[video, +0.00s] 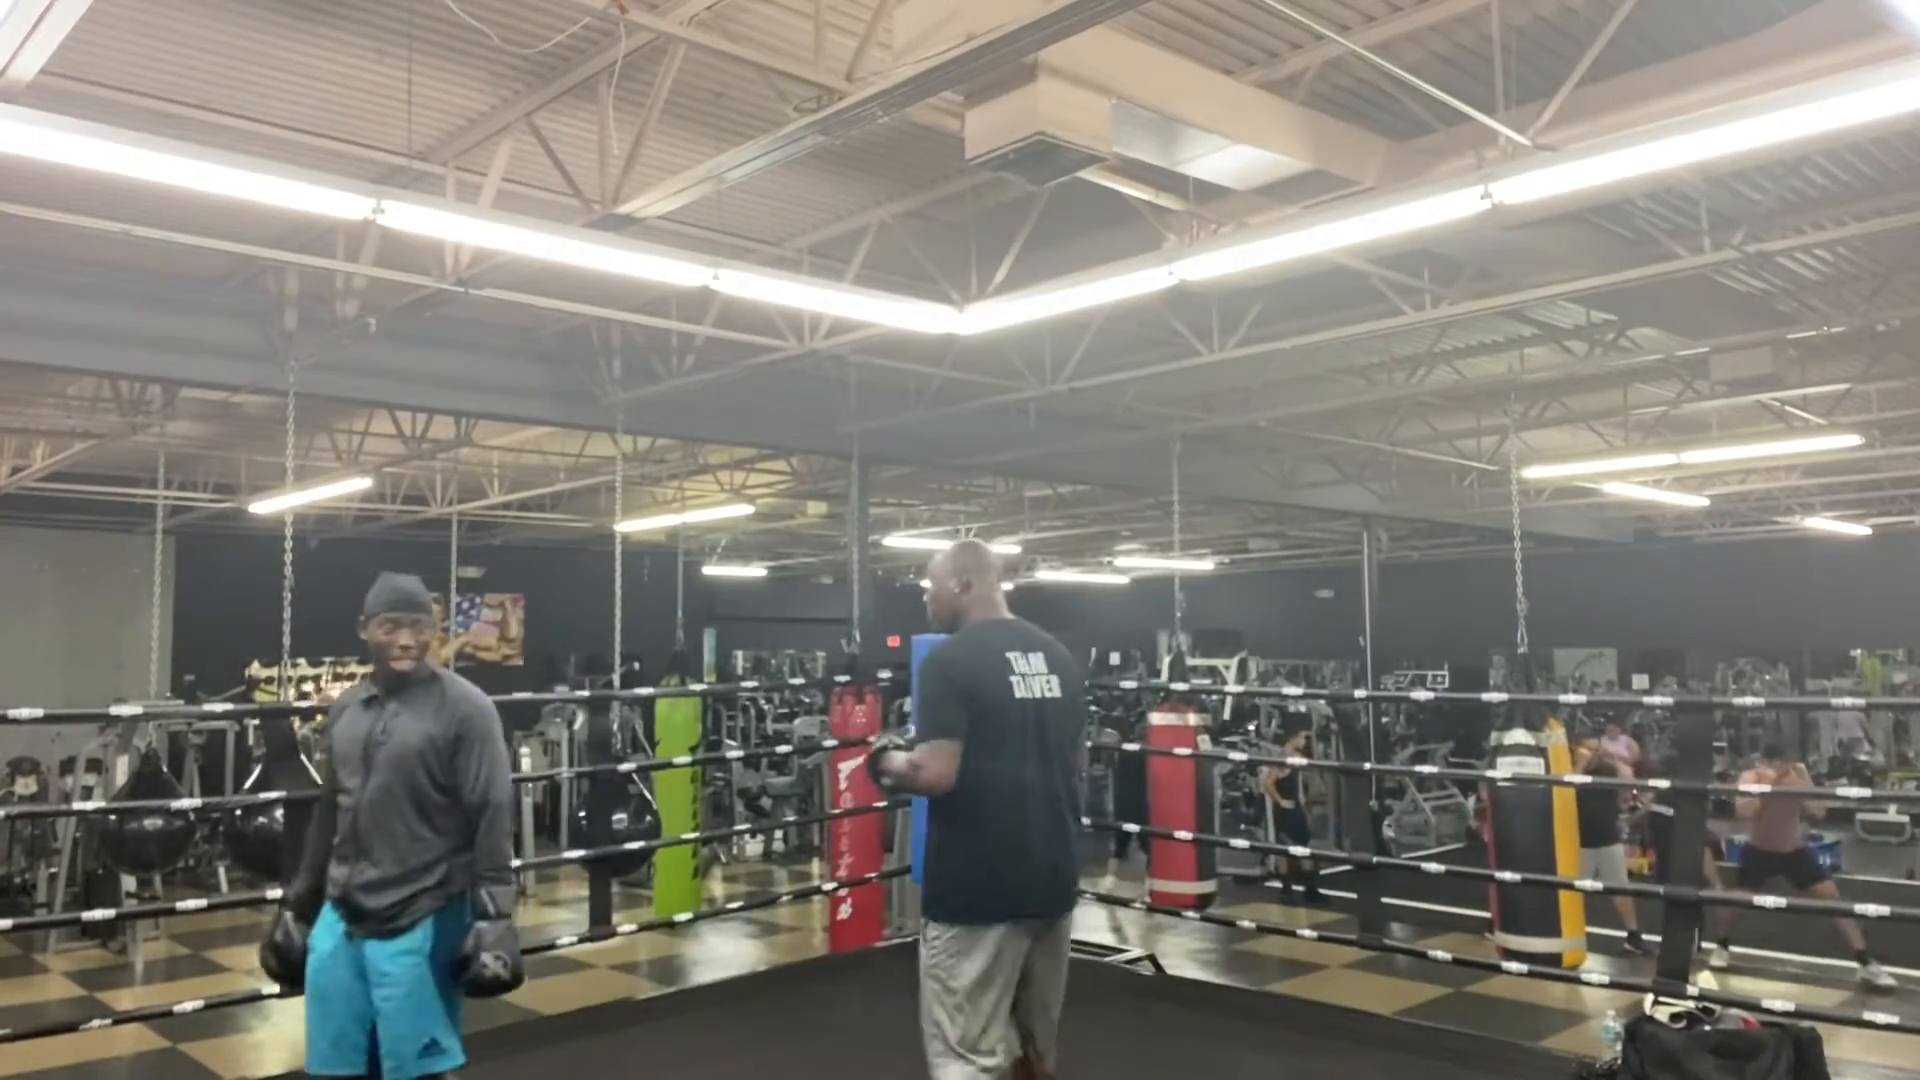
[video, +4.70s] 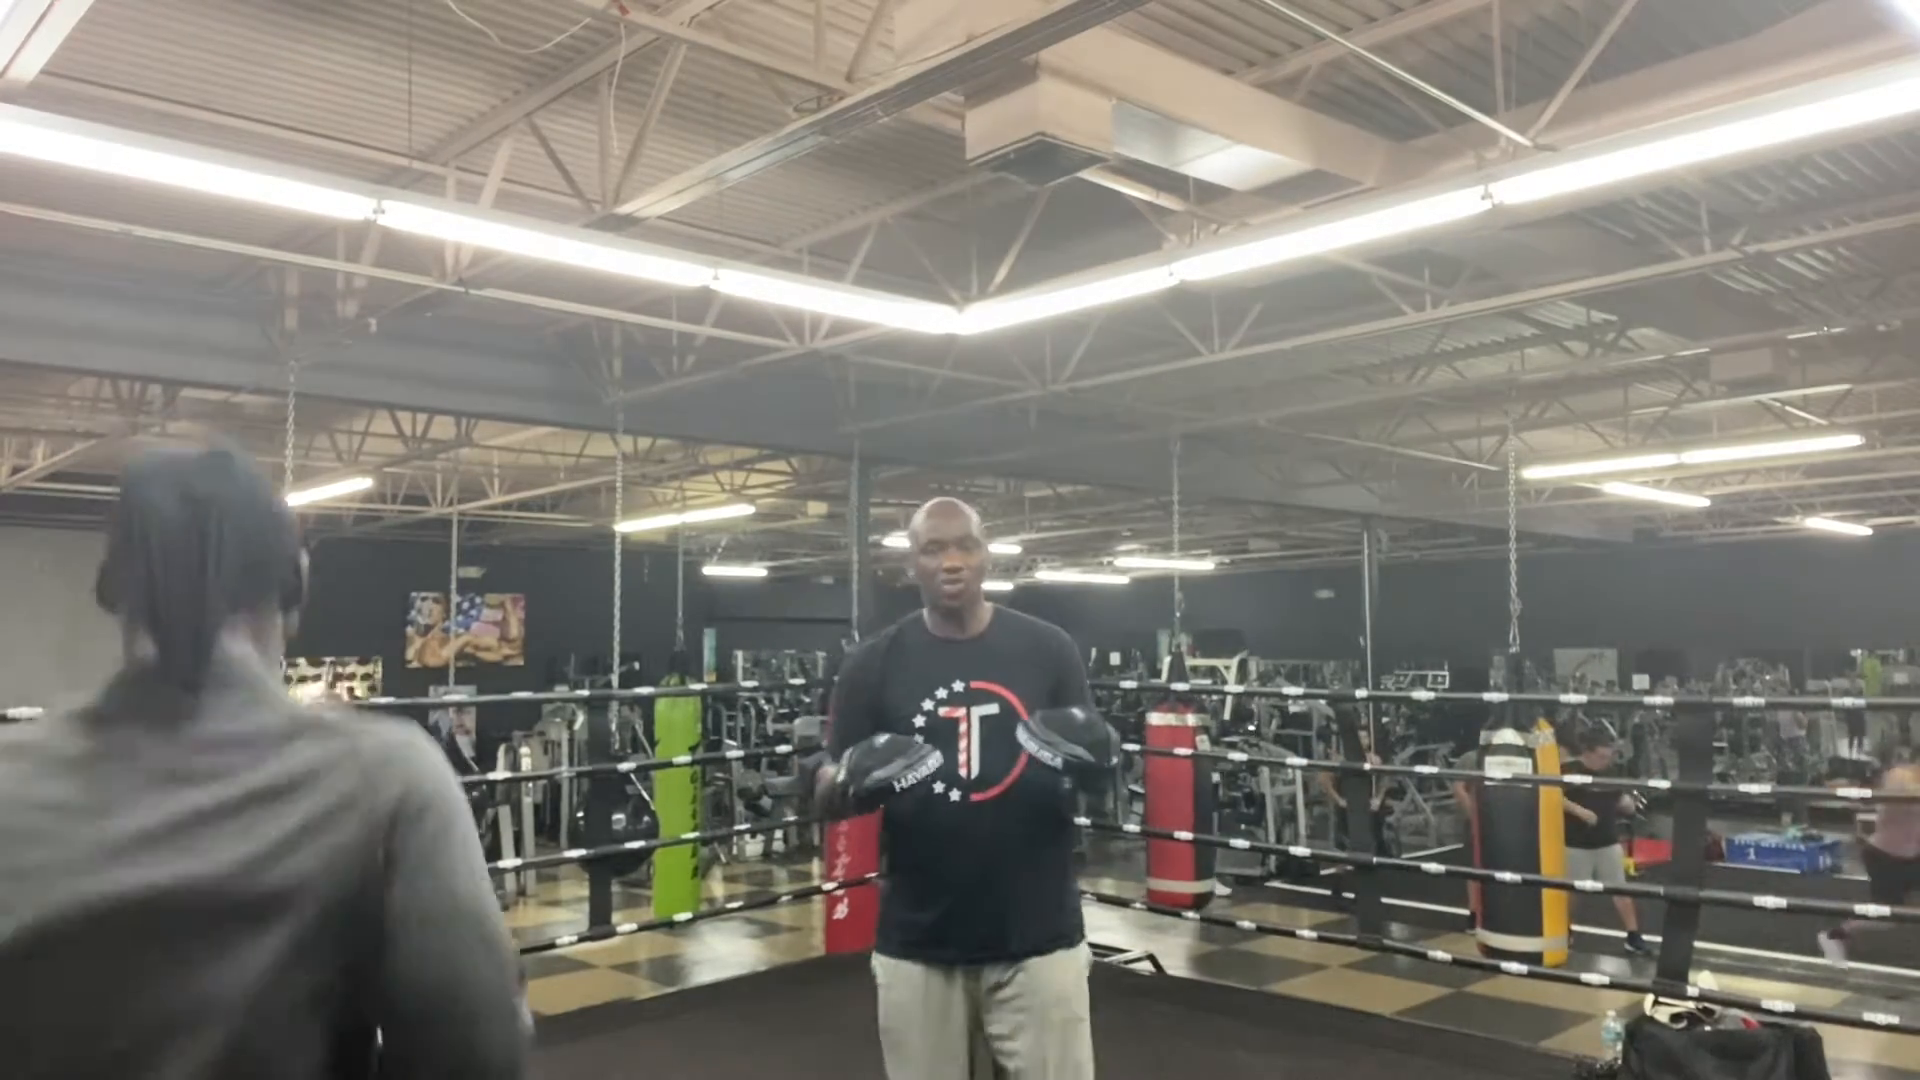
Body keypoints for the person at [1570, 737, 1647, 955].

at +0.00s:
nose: (1591, 754)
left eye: (1594, 749)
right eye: (1586, 750)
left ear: (1600, 750)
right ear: (1575, 753)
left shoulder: (1613, 771)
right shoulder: (1572, 775)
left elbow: (1629, 783)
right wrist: (1581, 767)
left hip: (1609, 838)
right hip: (1580, 839)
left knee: (1621, 888)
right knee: (1574, 890)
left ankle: (1633, 933)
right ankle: (1568, 937)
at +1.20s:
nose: (1559, 754)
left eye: (1563, 749)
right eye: (1559, 750)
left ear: (1580, 750)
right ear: (1569, 751)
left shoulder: (1604, 772)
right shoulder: (1562, 774)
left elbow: (1621, 798)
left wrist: (1592, 786)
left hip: (1604, 842)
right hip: (1570, 841)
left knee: (1618, 890)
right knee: (1566, 890)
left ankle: (1633, 934)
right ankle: (1562, 931)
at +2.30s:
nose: (1567, 762)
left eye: (1570, 757)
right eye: (1565, 757)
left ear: (1582, 756)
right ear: (1564, 759)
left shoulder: (1603, 773)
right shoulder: (1561, 777)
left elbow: (1626, 794)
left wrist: (1598, 794)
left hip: (1605, 841)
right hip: (1573, 842)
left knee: (1619, 890)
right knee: (1567, 892)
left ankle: (1633, 933)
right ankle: (1563, 936)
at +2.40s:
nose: (1567, 762)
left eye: (1570, 757)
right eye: (1565, 758)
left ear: (1581, 755)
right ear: (1564, 758)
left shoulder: (1600, 773)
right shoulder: (1558, 776)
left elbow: (1626, 794)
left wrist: (1598, 795)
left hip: (1605, 839)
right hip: (1573, 841)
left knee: (1619, 889)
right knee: (1566, 891)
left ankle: (1633, 934)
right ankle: (1562, 936)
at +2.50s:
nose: (1564, 761)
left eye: (1567, 756)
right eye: (1562, 757)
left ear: (1578, 754)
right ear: (1561, 757)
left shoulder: (1600, 770)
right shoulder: (1557, 777)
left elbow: (1627, 793)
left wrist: (1599, 796)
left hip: (1604, 840)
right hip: (1573, 843)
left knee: (1620, 889)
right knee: (1566, 892)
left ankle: (1633, 934)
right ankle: (1563, 937)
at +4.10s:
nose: (1597, 758)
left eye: (1598, 752)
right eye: (1591, 753)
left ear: (1601, 750)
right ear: (1571, 754)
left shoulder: (1606, 773)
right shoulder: (1564, 777)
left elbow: (1624, 791)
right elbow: (1572, 808)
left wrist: (1623, 799)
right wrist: (1607, 803)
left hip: (1607, 840)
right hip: (1575, 843)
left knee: (1620, 890)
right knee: (1565, 892)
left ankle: (1633, 934)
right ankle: (1561, 936)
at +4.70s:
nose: (1608, 760)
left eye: (1610, 755)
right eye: (1604, 754)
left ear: (1612, 753)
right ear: (1590, 750)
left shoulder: (1610, 774)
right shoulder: (1568, 771)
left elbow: (1614, 799)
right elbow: (1554, 797)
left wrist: (1627, 804)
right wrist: (1579, 811)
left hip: (1607, 842)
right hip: (1576, 843)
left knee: (1620, 890)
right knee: (1570, 892)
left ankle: (1633, 935)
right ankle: (1564, 932)